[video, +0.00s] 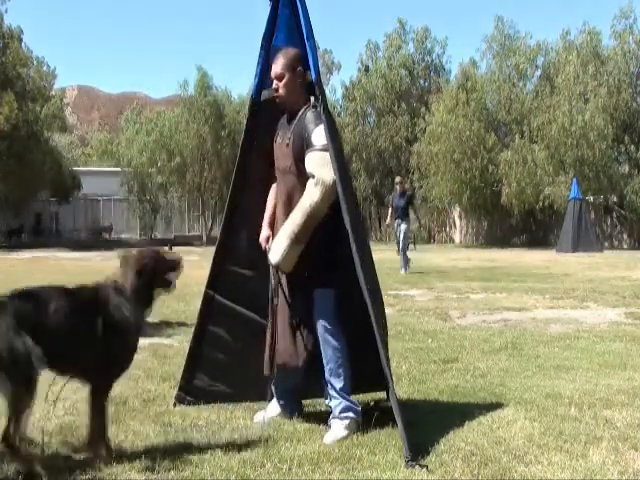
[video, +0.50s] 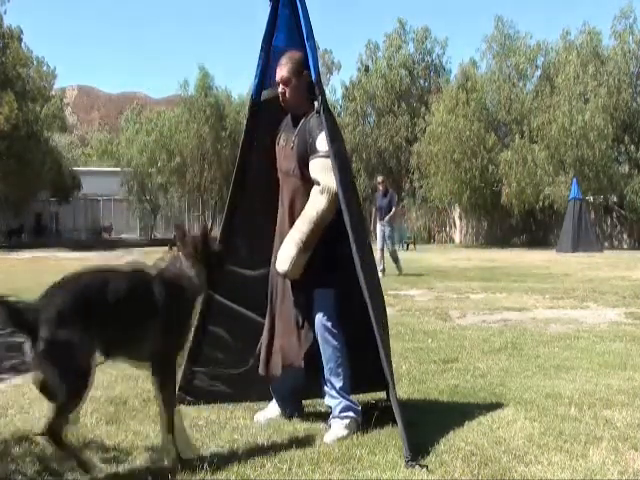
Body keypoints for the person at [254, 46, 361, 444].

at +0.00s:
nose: (273, 84)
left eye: (279, 77)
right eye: (272, 78)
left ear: (300, 78)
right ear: (276, 81)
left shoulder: (315, 120)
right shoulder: (282, 123)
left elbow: (323, 184)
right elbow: (281, 181)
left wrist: (288, 237)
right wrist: (267, 222)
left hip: (321, 234)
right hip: (288, 234)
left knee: (324, 318)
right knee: (285, 315)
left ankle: (343, 409)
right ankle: (284, 400)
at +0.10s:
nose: (275, 85)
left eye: (280, 78)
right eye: (273, 79)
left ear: (302, 78)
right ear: (277, 82)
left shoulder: (317, 122)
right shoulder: (282, 126)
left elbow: (325, 187)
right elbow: (280, 184)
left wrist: (291, 240)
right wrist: (270, 227)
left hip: (321, 236)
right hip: (288, 236)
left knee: (324, 320)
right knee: (284, 316)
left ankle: (344, 409)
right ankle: (284, 401)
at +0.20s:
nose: (275, 87)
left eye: (281, 79)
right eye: (274, 80)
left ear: (302, 79)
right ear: (280, 83)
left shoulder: (317, 123)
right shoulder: (283, 128)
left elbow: (325, 188)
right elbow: (284, 189)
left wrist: (290, 243)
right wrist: (276, 235)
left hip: (322, 238)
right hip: (290, 238)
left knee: (325, 321)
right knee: (283, 318)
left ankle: (343, 410)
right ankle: (284, 400)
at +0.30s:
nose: (276, 88)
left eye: (281, 81)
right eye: (275, 82)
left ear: (302, 81)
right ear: (282, 84)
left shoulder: (318, 125)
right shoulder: (283, 129)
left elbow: (326, 188)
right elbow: (286, 189)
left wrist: (293, 244)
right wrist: (281, 240)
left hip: (322, 238)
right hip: (290, 238)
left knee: (325, 321)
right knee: (284, 318)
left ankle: (343, 409)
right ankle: (284, 400)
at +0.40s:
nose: (277, 89)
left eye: (283, 82)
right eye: (276, 83)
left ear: (304, 82)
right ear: (283, 85)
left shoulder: (318, 126)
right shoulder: (284, 129)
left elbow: (327, 190)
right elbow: (285, 190)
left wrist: (294, 245)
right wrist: (280, 241)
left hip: (322, 239)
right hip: (289, 239)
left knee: (325, 322)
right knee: (284, 319)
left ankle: (343, 409)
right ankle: (284, 399)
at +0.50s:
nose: (279, 90)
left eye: (284, 83)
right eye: (277, 83)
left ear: (305, 83)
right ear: (283, 85)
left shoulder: (319, 126)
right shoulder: (285, 128)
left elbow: (327, 191)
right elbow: (287, 189)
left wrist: (294, 246)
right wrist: (281, 241)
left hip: (322, 238)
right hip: (290, 237)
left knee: (324, 321)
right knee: (286, 319)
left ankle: (343, 410)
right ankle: (284, 399)